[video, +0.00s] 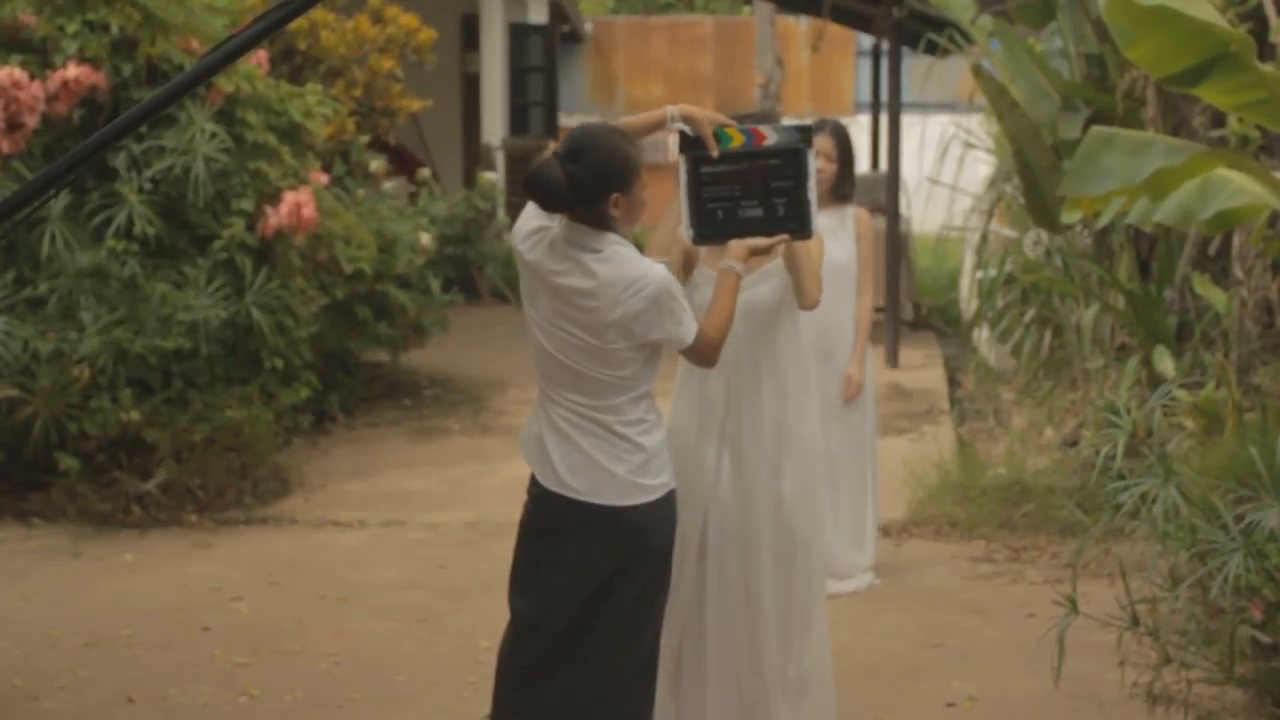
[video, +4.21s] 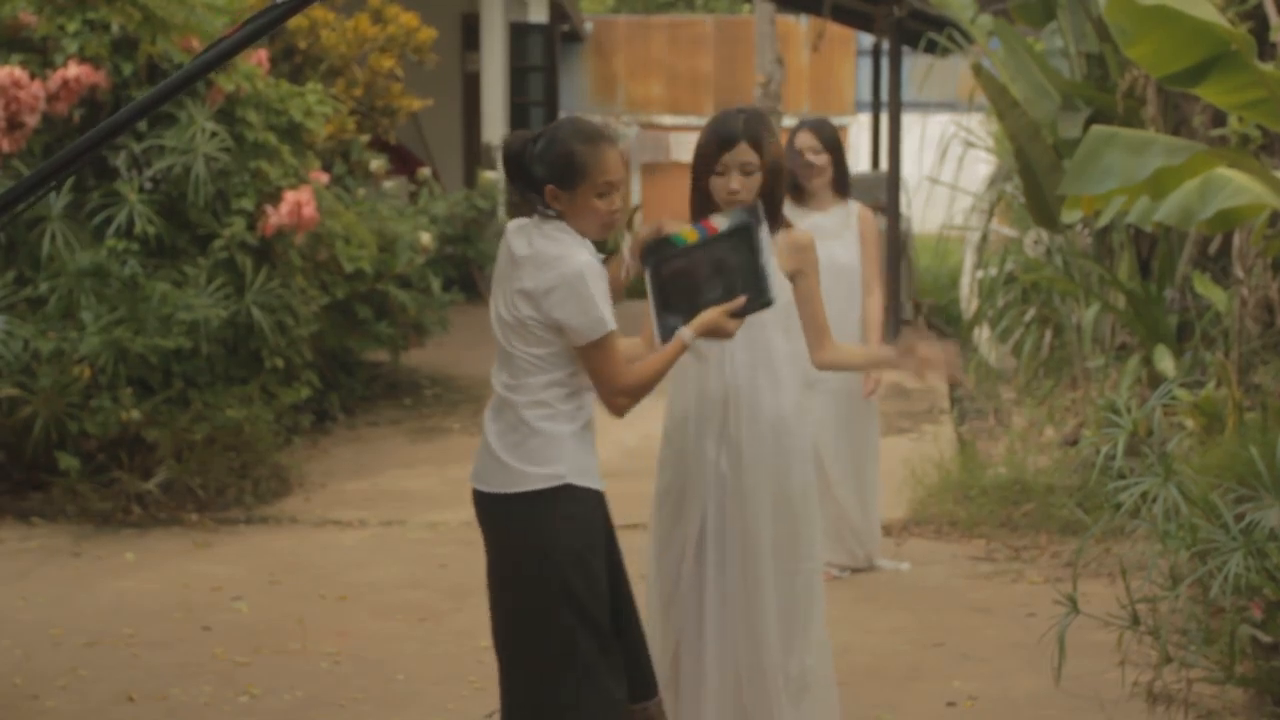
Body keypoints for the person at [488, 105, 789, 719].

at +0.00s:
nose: (648, 191)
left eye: (644, 178)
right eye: (642, 183)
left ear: (573, 191)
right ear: (616, 202)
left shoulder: (533, 240)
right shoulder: (642, 281)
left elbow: (573, 145)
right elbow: (704, 350)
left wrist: (669, 114)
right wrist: (732, 266)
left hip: (556, 486)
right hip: (634, 495)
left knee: (533, 649)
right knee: (621, 662)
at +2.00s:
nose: (627, 179)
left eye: (622, 169)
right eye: (621, 170)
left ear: (549, 181)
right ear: (608, 187)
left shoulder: (524, 245)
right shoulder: (637, 281)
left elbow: (554, 156)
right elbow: (700, 352)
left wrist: (655, 120)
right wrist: (723, 267)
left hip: (551, 490)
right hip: (631, 497)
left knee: (528, 653)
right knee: (618, 664)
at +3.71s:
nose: (631, 177)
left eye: (628, 166)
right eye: (625, 169)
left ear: (553, 181)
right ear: (607, 188)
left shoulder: (522, 242)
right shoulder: (638, 277)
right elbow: (702, 353)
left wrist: (640, 150)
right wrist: (733, 269)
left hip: (548, 488)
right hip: (626, 496)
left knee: (526, 655)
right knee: (616, 666)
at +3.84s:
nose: (632, 180)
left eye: (631, 168)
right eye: (625, 171)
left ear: (552, 179)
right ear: (602, 190)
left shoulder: (516, 242)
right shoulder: (631, 274)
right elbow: (698, 351)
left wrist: (654, 187)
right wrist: (726, 266)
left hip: (545, 488)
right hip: (623, 495)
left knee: (530, 662)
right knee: (615, 668)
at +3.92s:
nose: (632, 180)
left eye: (633, 168)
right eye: (624, 171)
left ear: (553, 181)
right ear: (591, 187)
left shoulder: (510, 237)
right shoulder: (621, 270)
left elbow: (557, 198)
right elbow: (688, 355)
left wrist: (631, 156)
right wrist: (722, 274)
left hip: (541, 485)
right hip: (618, 492)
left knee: (535, 660)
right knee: (616, 663)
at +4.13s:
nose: (622, 203)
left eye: (623, 187)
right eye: (609, 190)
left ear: (555, 192)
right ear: (559, 195)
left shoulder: (510, 230)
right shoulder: (584, 266)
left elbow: (598, 246)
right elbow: (648, 379)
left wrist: (636, 209)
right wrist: (704, 307)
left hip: (514, 477)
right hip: (573, 487)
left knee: (548, 652)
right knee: (616, 661)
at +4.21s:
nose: (618, 205)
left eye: (621, 189)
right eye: (603, 192)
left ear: (549, 198)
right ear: (553, 196)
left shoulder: (520, 236)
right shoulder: (571, 264)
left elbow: (559, 320)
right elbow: (619, 392)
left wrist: (627, 270)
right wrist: (691, 331)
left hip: (508, 478)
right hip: (551, 488)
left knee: (540, 664)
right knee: (589, 666)